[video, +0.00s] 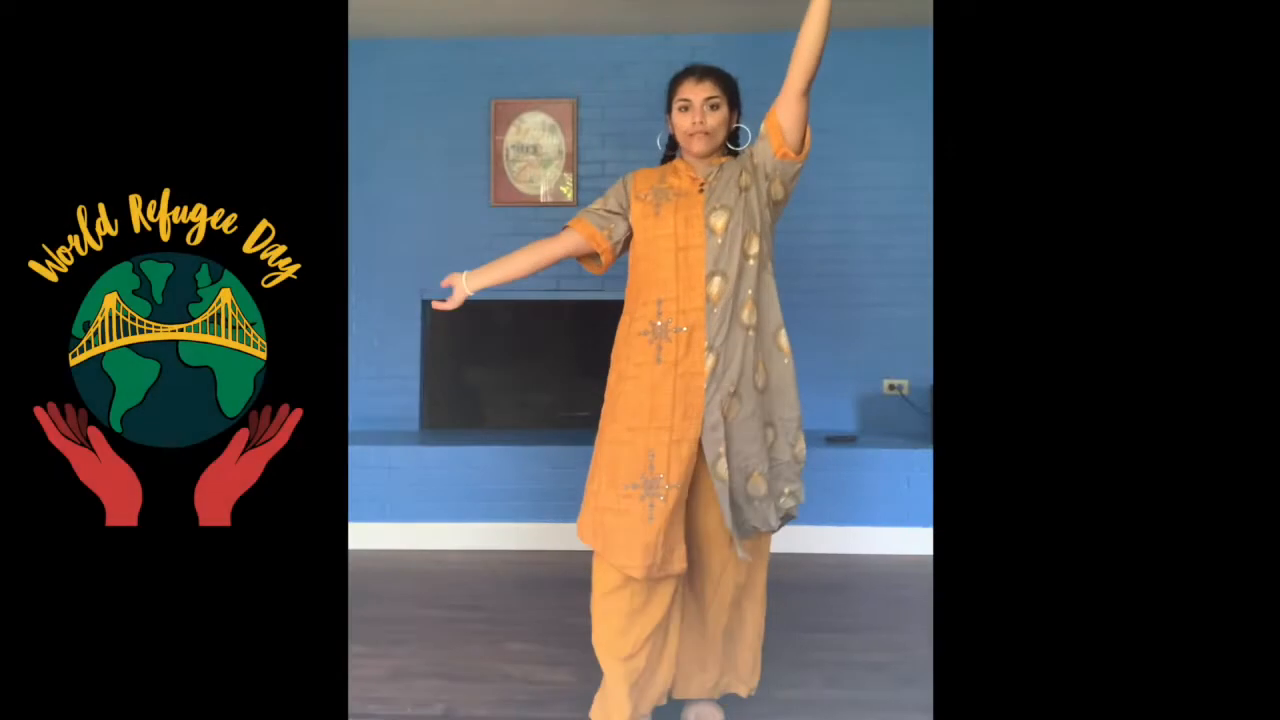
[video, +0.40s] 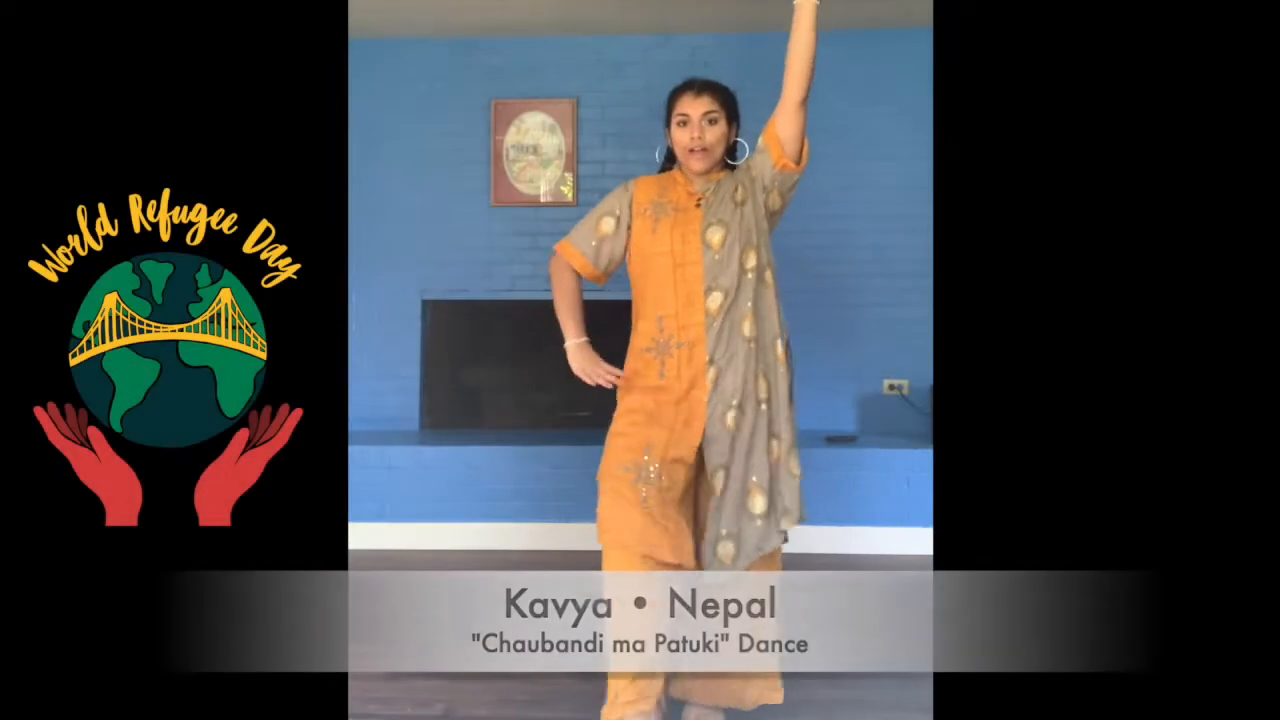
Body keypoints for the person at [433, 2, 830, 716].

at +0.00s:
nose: (697, 116)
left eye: (710, 105)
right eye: (685, 106)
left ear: (732, 118)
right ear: (669, 119)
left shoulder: (754, 180)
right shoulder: (641, 188)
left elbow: (797, 83)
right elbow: (566, 242)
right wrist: (472, 280)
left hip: (732, 384)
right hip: (650, 386)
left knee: (722, 545)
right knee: (636, 543)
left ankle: (703, 691)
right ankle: (624, 698)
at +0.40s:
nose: (697, 131)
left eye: (710, 120)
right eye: (684, 121)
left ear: (731, 132)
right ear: (668, 133)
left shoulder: (753, 190)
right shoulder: (638, 199)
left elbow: (794, 96)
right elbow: (565, 260)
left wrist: (806, 6)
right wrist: (577, 344)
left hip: (740, 399)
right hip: (653, 399)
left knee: (733, 553)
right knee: (635, 551)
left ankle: (713, 706)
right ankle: (633, 706)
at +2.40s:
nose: (688, 122)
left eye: (702, 112)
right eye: (675, 113)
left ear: (721, 123)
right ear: (659, 124)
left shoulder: (743, 185)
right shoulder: (631, 193)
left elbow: (795, 100)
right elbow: (558, 258)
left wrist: (825, 9)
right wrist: (578, 338)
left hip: (726, 388)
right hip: (645, 387)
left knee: (715, 539)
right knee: (640, 534)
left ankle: (701, 689)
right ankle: (611, 694)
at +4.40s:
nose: (692, 122)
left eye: (706, 109)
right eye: (679, 111)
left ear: (726, 120)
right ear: (664, 124)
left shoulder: (751, 183)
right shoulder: (636, 193)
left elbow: (799, 97)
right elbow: (567, 261)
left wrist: (825, 3)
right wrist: (586, 343)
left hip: (735, 394)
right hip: (650, 394)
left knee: (727, 555)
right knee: (636, 555)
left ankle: (703, 702)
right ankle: (612, 707)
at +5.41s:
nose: (681, 107)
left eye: (695, 95)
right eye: (667, 96)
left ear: (716, 108)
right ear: (651, 112)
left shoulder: (744, 166)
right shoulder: (625, 187)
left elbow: (809, 115)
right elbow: (563, 254)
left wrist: (822, 72)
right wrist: (544, 235)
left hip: (724, 387)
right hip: (640, 388)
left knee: (718, 551)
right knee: (633, 548)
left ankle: (713, 703)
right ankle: (629, 700)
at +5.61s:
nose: (679, 101)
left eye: (693, 90)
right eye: (666, 91)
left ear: (714, 106)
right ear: (649, 107)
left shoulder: (744, 167)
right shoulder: (618, 181)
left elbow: (847, 176)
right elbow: (555, 226)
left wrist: (784, 191)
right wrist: (538, 241)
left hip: (720, 383)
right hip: (634, 386)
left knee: (719, 536)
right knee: (630, 536)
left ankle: (704, 697)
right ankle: (627, 699)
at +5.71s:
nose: (682, 103)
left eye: (696, 92)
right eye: (669, 93)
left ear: (718, 106)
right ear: (652, 108)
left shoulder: (747, 180)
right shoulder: (617, 184)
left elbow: (823, 257)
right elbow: (554, 255)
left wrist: (769, 241)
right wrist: (575, 274)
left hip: (719, 381)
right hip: (633, 382)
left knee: (717, 526)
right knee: (633, 528)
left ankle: (703, 690)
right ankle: (628, 692)